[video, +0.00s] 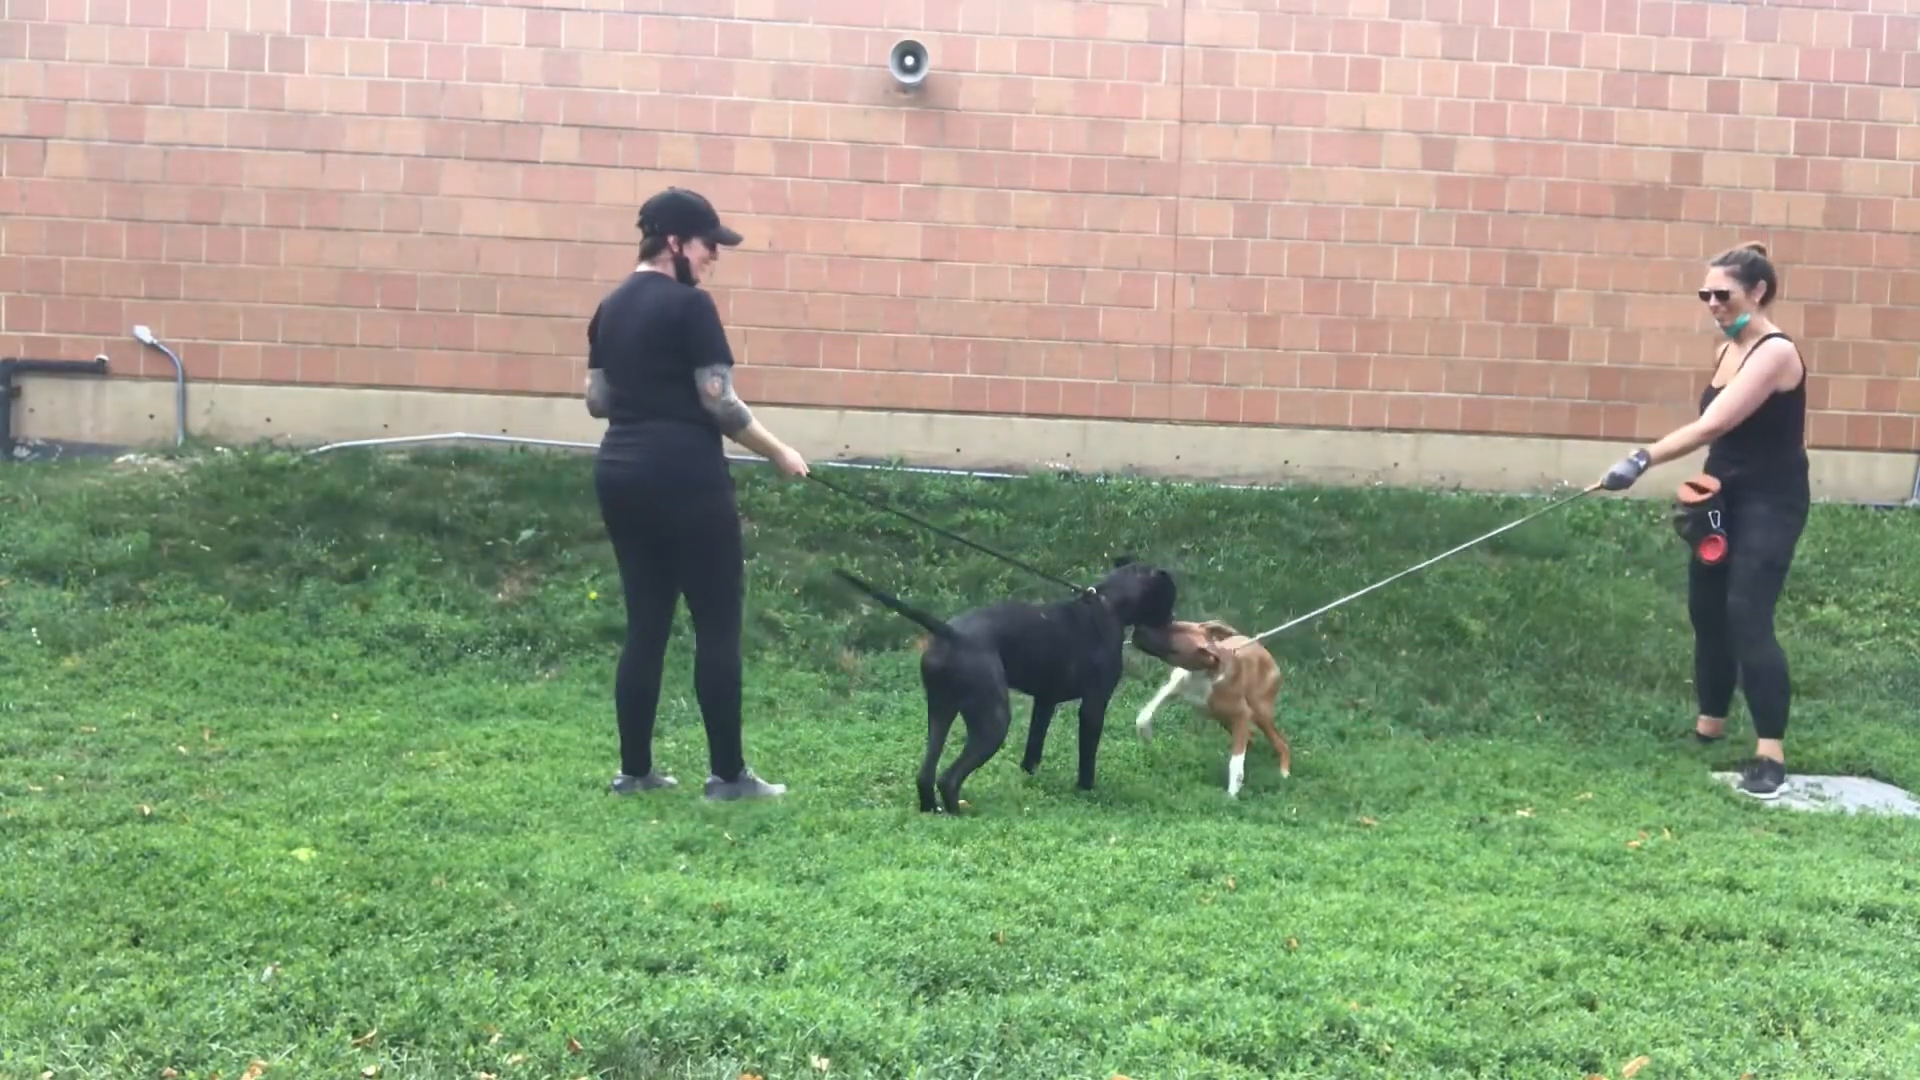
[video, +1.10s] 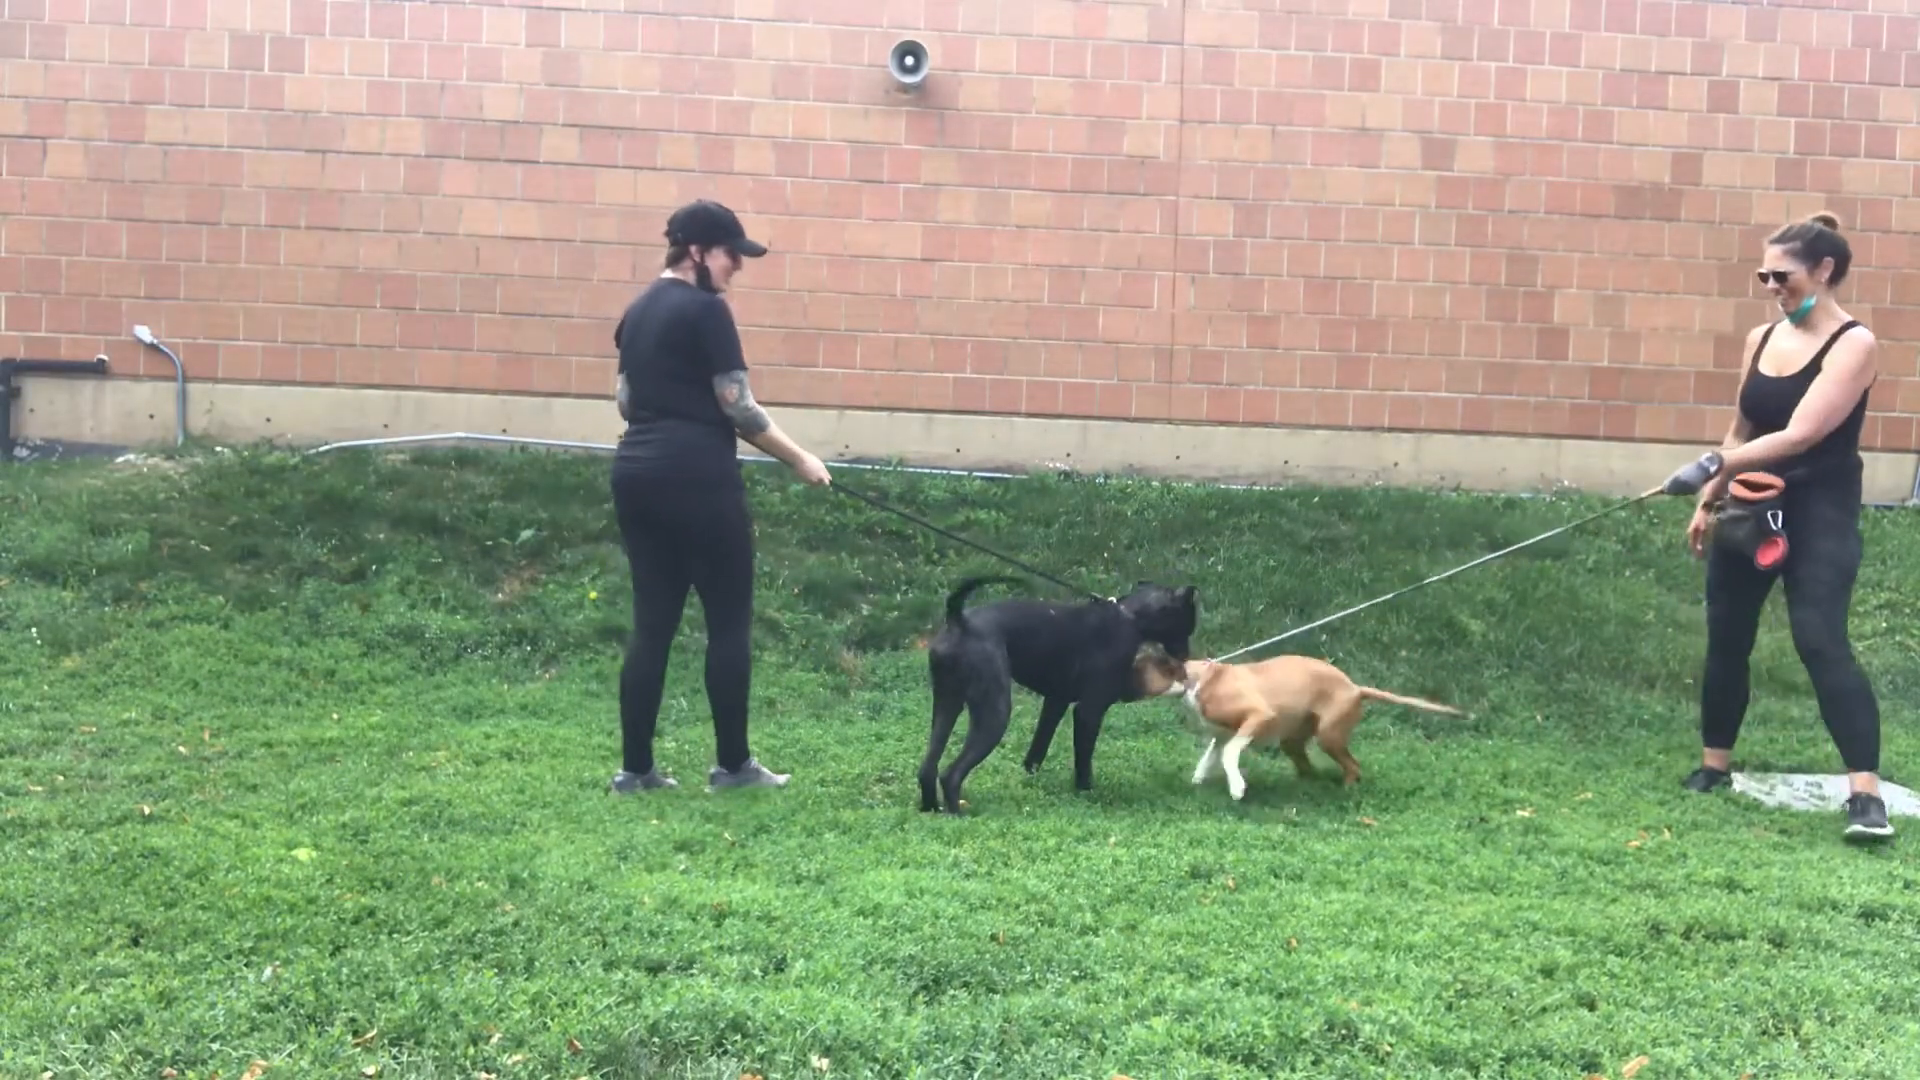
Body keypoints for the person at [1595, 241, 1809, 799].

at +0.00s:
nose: (1712, 304)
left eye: (1722, 295)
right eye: (1708, 295)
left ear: (1757, 292)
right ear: (1712, 296)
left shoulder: (1775, 353)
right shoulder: (1731, 349)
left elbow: (1710, 424)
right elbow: (1722, 434)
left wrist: (1642, 457)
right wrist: (1704, 491)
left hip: (1770, 502)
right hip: (1723, 495)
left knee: (1749, 615)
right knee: (1708, 610)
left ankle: (1770, 755)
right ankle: (1708, 729)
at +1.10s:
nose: (1770, 287)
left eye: (1781, 277)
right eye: (1767, 277)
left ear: (1825, 270)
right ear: (1769, 273)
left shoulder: (1854, 344)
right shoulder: (1762, 336)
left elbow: (1802, 435)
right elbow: (1740, 430)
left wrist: (1722, 461)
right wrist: (1706, 501)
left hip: (1819, 510)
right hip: (1750, 502)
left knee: (1820, 640)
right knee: (1726, 637)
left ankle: (1864, 791)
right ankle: (1714, 768)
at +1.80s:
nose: (1834, 272)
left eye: (1844, 260)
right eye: (1831, 260)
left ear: (1895, 251)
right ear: (1873, 257)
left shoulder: (1917, 340)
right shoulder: (1843, 328)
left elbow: (1884, 447)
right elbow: (1827, 434)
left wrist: (1773, 478)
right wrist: (1802, 497)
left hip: (1897, 529)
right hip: (1825, 520)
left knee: (1885, 676)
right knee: (1796, 667)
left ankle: (1896, 796)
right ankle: (1802, 825)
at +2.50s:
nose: (1910, 235)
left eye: (1914, 222)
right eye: (1908, 223)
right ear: (1905, 217)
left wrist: (1864, 459)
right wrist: (1904, 497)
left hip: (1917, 532)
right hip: (1912, 529)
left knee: (1863, 664)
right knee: (1863, 664)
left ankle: (1876, 831)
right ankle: (1876, 830)